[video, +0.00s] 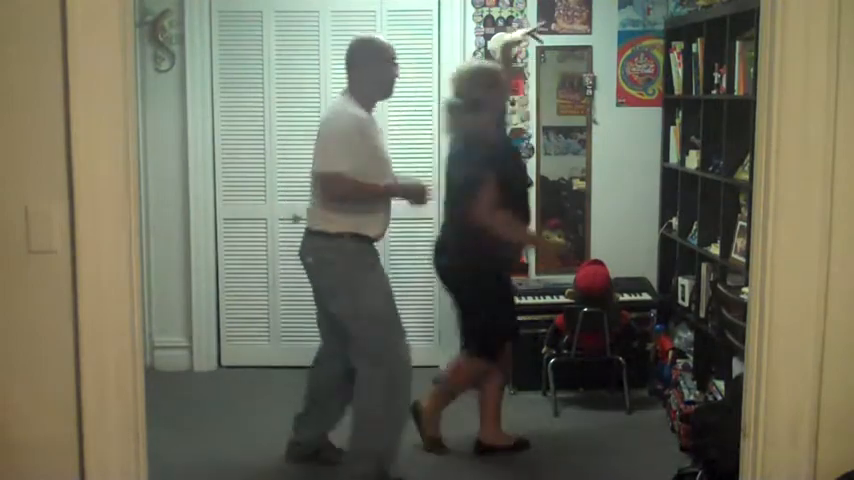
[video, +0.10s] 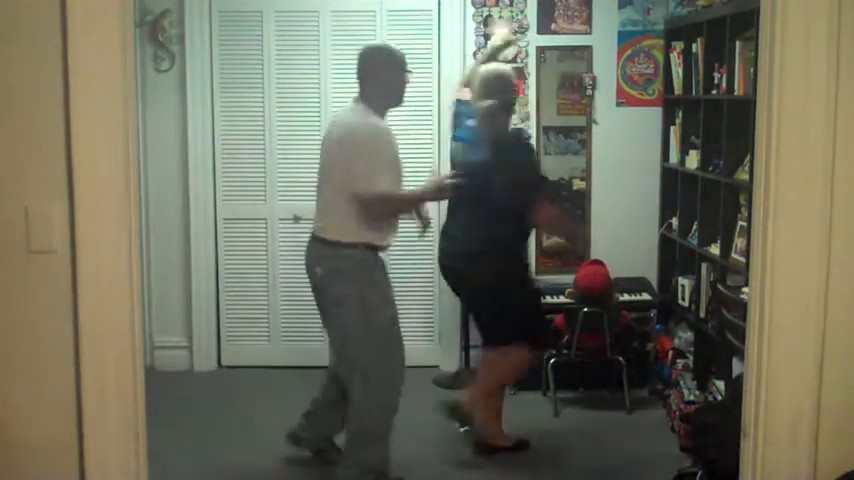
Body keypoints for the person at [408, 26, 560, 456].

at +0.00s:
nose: (507, 100)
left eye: (504, 94)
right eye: (502, 95)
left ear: (468, 97)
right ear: (491, 100)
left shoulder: (474, 135)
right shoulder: (486, 143)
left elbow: (498, 87)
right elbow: (483, 211)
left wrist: (504, 50)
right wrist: (534, 238)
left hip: (473, 251)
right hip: (471, 254)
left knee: (499, 342)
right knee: (486, 348)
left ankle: (490, 433)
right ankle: (430, 407)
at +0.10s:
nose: (515, 103)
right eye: (514, 96)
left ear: (475, 98)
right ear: (512, 100)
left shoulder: (463, 138)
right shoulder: (513, 148)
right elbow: (538, 208)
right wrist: (573, 232)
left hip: (457, 252)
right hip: (493, 256)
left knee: (499, 338)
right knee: (529, 339)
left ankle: (490, 429)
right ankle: (471, 400)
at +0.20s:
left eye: (485, 90)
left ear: (488, 99)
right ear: (527, 99)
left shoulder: (468, 132)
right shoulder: (541, 147)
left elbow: (443, 85)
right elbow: (561, 211)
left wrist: (476, 47)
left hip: (469, 255)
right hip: (520, 254)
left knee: (494, 339)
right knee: (540, 326)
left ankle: (499, 432)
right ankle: (534, 407)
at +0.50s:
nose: (486, 90)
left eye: (493, 86)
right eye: (490, 84)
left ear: (508, 94)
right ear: (530, 98)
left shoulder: (486, 119)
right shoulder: (544, 132)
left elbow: (454, 80)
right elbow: (560, 189)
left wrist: (457, 26)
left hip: (500, 247)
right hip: (546, 245)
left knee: (482, 336)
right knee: (533, 330)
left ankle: (527, 412)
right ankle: (558, 416)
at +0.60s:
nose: (489, 93)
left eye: (494, 86)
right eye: (492, 86)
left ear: (505, 90)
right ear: (527, 91)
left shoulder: (501, 120)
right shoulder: (536, 126)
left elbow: (480, 71)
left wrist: (469, 24)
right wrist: (477, 191)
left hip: (512, 245)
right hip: (543, 243)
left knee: (461, 321)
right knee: (532, 326)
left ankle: (501, 400)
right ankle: (555, 416)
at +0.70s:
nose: (474, 98)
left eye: (481, 91)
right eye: (473, 91)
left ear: (503, 95)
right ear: (479, 95)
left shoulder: (520, 127)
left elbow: (510, 78)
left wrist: (492, 35)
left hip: (515, 241)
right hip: (513, 240)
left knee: (460, 323)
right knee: (528, 328)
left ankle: (453, 419)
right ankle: (555, 415)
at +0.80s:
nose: (463, 99)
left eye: (469, 92)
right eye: (463, 93)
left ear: (492, 94)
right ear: (494, 96)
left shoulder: (488, 135)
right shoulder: (516, 133)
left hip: (493, 242)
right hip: (511, 241)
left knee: (455, 333)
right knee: (517, 329)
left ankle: (442, 421)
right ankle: (554, 412)